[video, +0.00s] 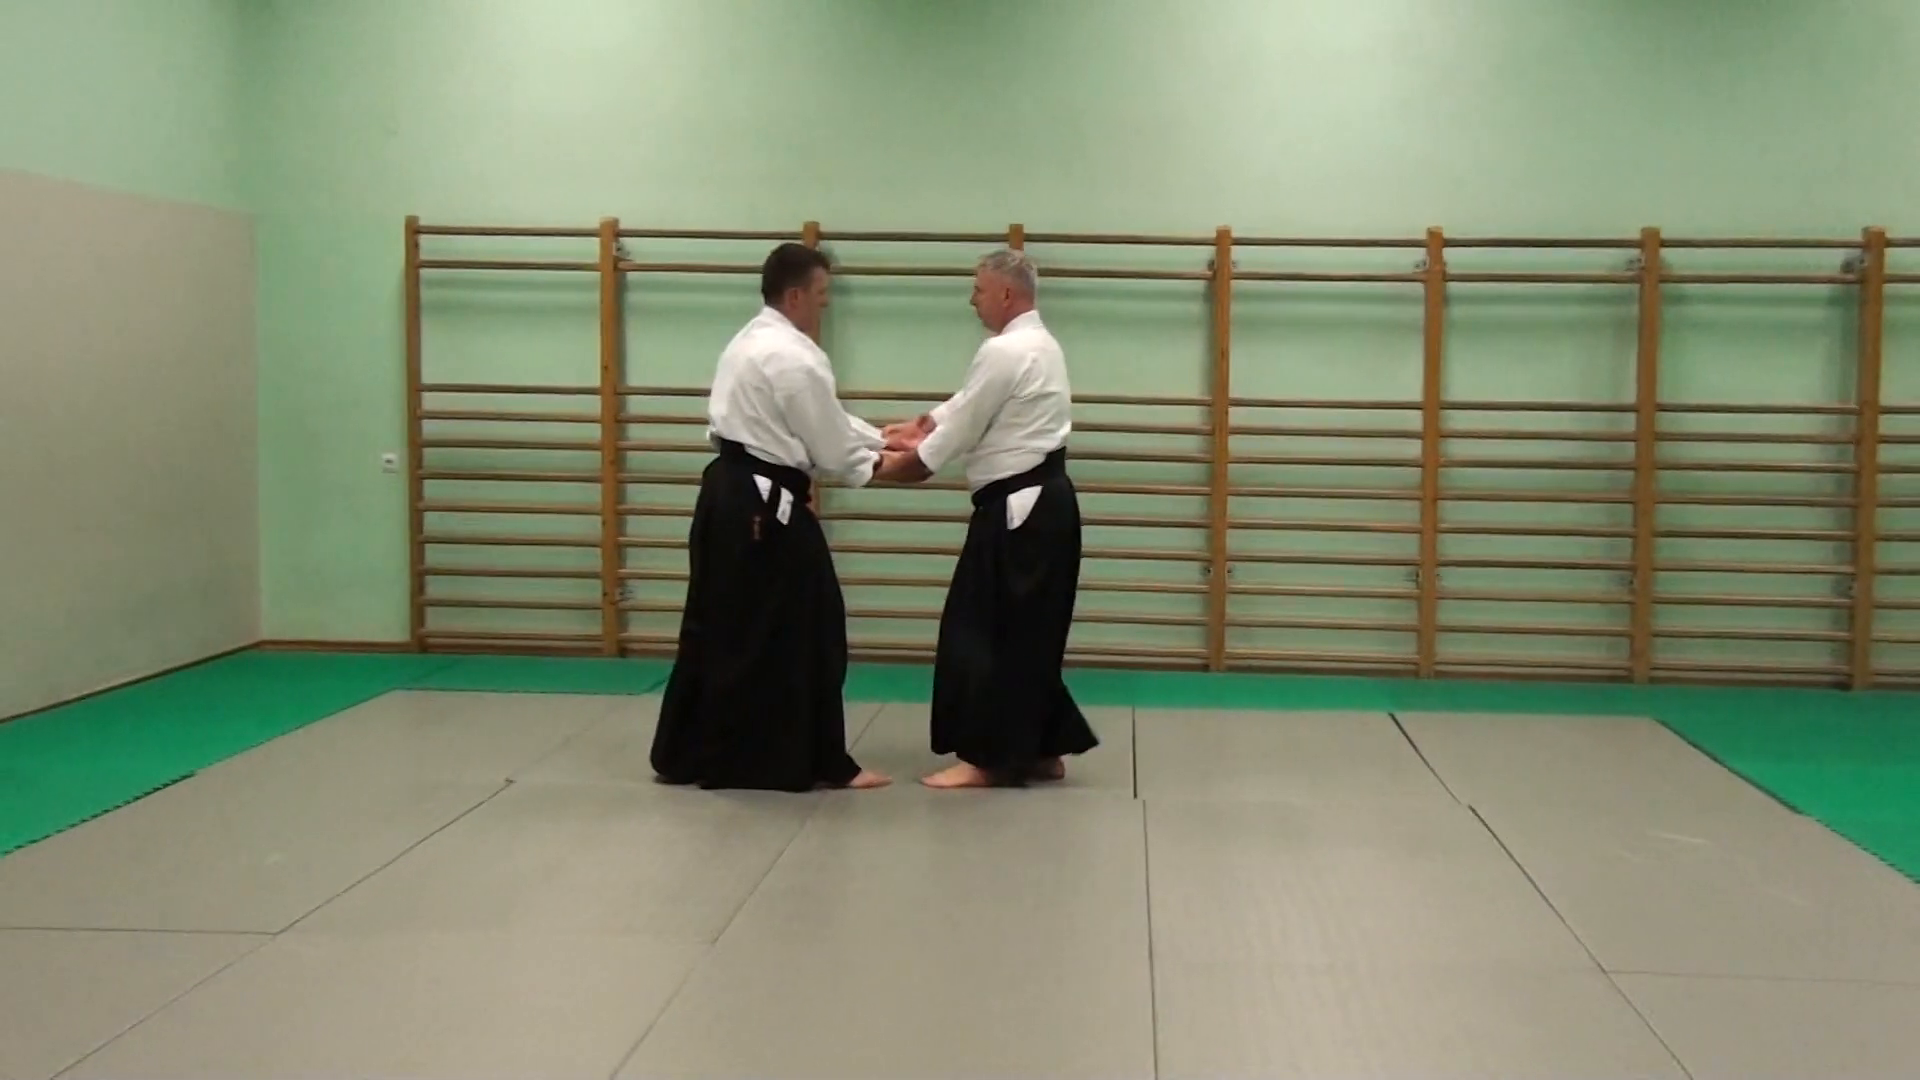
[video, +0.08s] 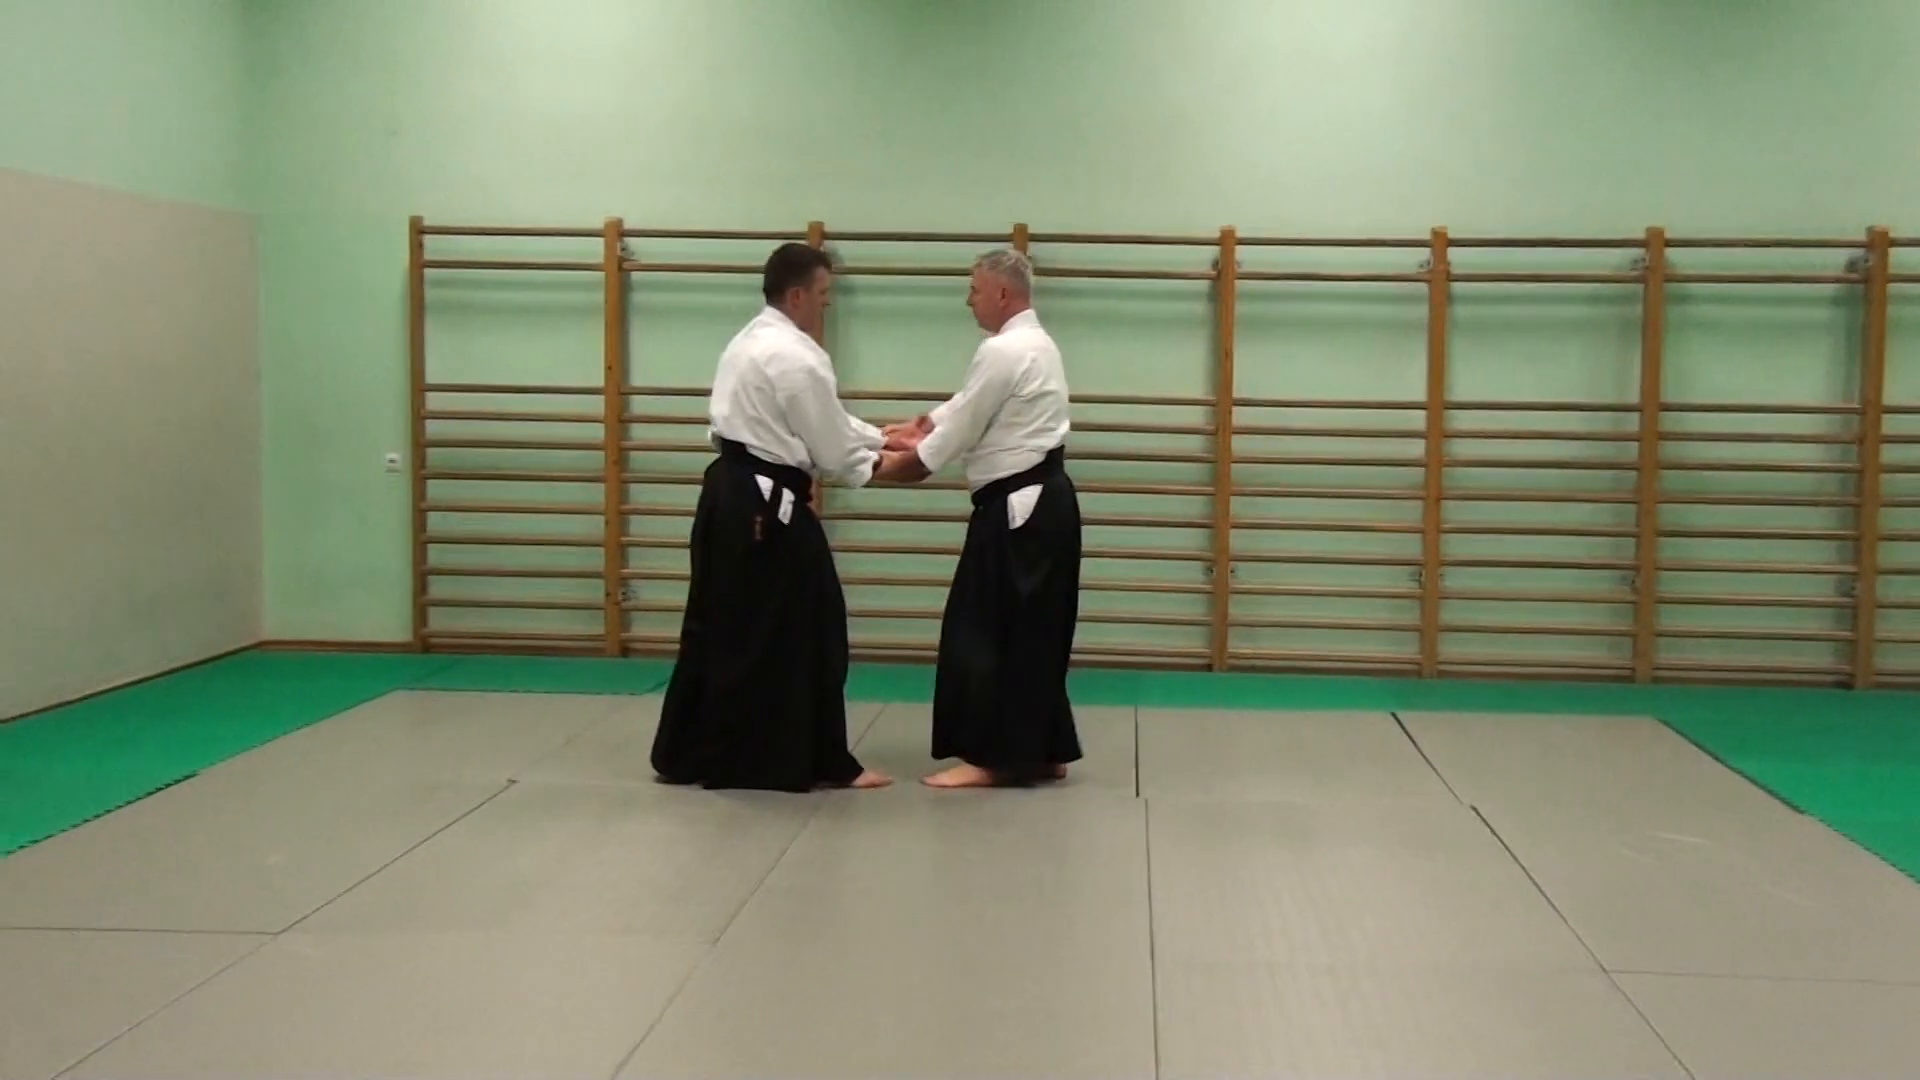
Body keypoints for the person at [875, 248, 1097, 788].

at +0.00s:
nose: (973, 300)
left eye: (979, 290)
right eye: (974, 290)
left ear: (1006, 293)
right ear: (1015, 294)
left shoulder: (1005, 353)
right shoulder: (1042, 344)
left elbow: (959, 431)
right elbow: (982, 406)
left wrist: (910, 459)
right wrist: (927, 423)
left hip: (1012, 508)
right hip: (1048, 499)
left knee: (973, 627)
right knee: (1031, 628)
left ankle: (982, 758)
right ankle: (1042, 749)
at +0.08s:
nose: (969, 301)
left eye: (974, 290)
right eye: (970, 290)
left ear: (1001, 292)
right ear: (1011, 293)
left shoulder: (1004, 353)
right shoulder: (1038, 343)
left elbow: (952, 438)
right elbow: (981, 405)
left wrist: (907, 457)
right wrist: (929, 425)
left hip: (1014, 506)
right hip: (1046, 497)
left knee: (979, 628)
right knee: (1035, 627)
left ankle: (988, 759)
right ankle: (1046, 750)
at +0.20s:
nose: (961, 301)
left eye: (967, 291)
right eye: (962, 291)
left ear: (996, 293)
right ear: (1003, 294)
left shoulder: (998, 352)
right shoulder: (1029, 343)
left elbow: (949, 434)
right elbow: (974, 409)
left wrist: (898, 458)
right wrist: (923, 427)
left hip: (1009, 505)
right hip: (1041, 496)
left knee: (981, 629)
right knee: (1036, 628)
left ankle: (985, 760)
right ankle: (1042, 753)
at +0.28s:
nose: (960, 301)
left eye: (965, 291)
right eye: (960, 291)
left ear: (994, 293)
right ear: (1001, 294)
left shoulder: (996, 352)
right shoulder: (1027, 342)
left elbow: (946, 436)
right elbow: (972, 409)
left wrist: (895, 459)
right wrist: (922, 425)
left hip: (1008, 506)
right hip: (1039, 497)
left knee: (981, 629)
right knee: (1034, 627)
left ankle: (986, 760)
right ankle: (1039, 754)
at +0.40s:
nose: (952, 301)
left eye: (958, 291)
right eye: (953, 291)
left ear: (988, 294)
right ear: (994, 295)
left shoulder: (989, 353)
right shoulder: (1019, 343)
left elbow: (937, 434)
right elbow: (963, 409)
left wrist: (883, 458)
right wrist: (910, 426)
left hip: (1000, 506)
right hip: (1031, 497)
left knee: (973, 630)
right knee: (1023, 629)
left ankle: (978, 759)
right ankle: (1027, 756)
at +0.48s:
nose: (952, 302)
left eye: (958, 292)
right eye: (953, 292)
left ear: (988, 294)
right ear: (993, 296)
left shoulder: (988, 353)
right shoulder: (1019, 343)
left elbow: (934, 429)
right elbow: (964, 403)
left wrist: (872, 459)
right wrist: (915, 409)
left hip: (999, 505)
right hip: (1030, 496)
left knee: (971, 628)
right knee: (1023, 627)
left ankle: (975, 760)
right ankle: (1026, 755)